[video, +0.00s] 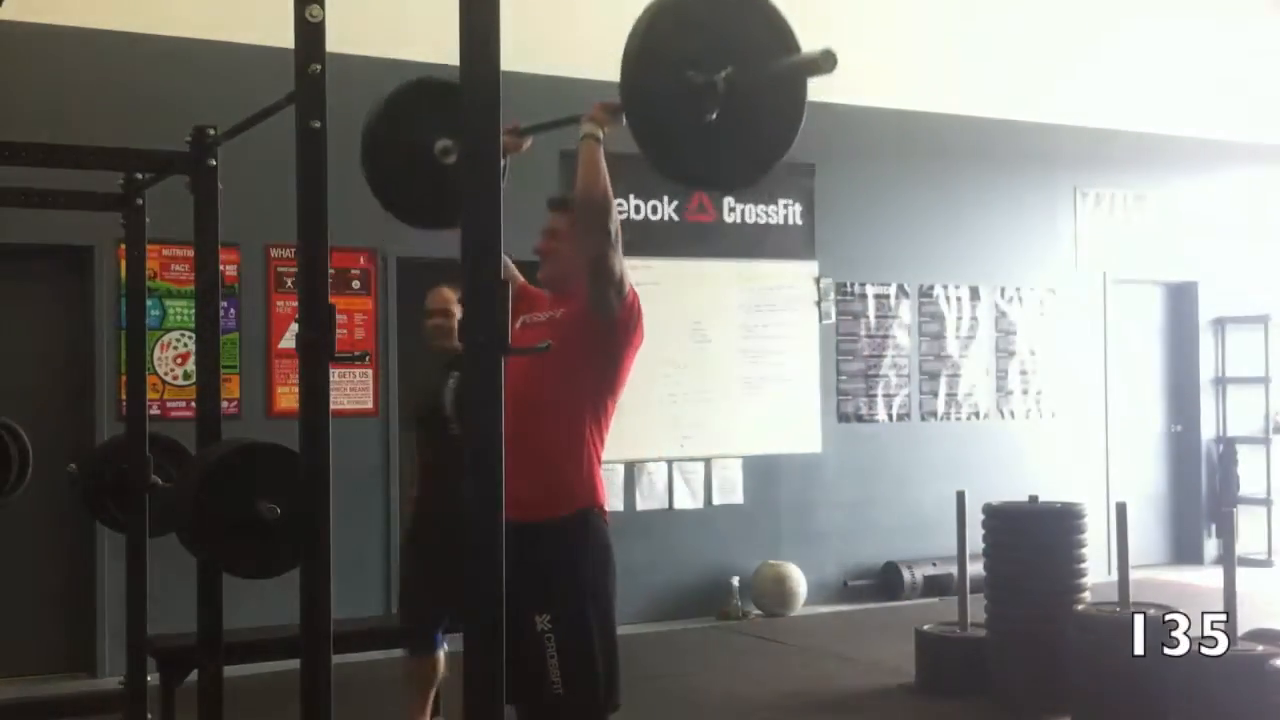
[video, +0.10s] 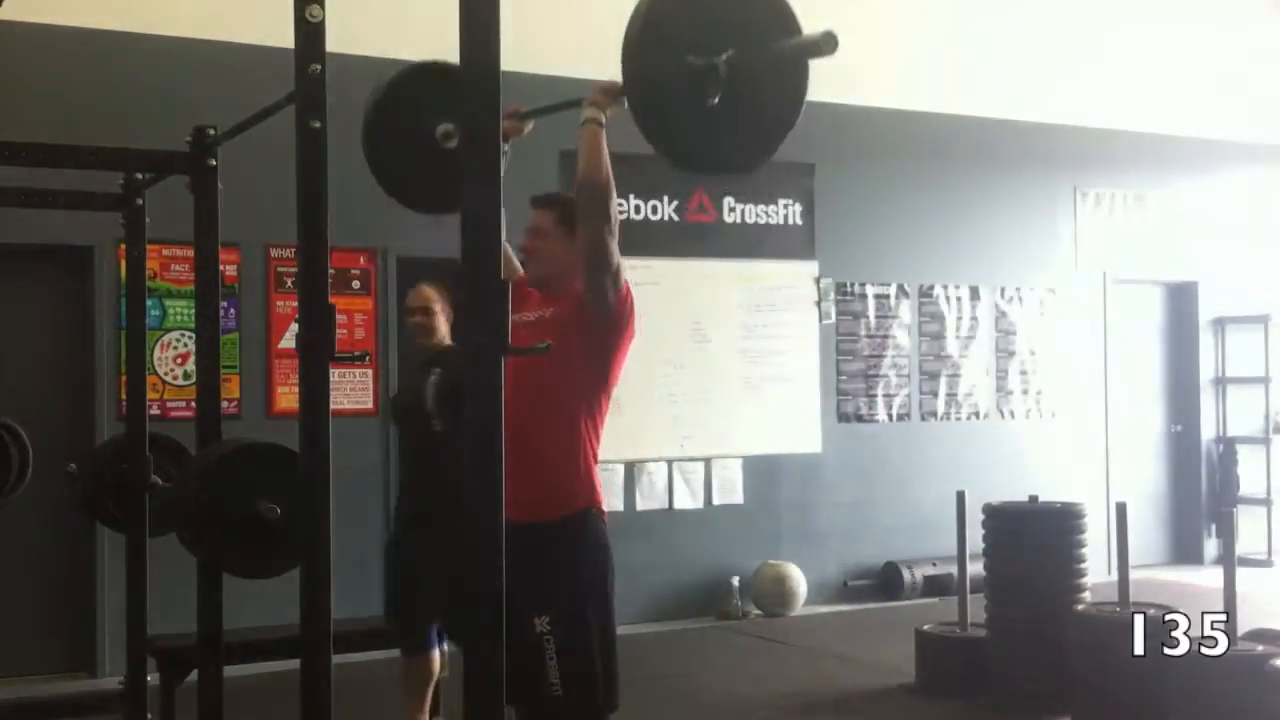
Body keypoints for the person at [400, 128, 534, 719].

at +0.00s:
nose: (440, 322)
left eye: (448, 313)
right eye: (433, 314)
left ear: (467, 319)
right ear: (422, 325)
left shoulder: (480, 368)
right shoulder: (422, 376)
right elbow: (421, 447)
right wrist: (416, 504)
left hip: (480, 509)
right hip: (431, 510)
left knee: (487, 626)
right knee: (421, 628)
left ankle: (484, 707)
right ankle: (423, 706)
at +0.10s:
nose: (418, 320)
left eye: (427, 311)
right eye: (411, 313)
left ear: (450, 315)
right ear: (404, 321)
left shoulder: (466, 368)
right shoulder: (412, 373)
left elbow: (473, 441)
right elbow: (413, 448)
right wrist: (407, 512)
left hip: (458, 512)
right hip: (416, 513)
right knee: (416, 624)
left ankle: (419, 710)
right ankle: (422, 711)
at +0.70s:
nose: (355, 326)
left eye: (363, 316)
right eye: (350, 318)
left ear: (391, 315)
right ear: (348, 322)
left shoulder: (419, 370)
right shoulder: (373, 377)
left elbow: (447, 439)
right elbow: (369, 450)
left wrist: (406, 482)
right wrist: (349, 503)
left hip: (409, 517)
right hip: (373, 517)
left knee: (400, 637)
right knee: (381, 636)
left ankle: (404, 715)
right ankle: (409, 712)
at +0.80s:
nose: (347, 327)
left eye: (354, 317)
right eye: (342, 318)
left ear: (384, 313)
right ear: (342, 319)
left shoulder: (412, 369)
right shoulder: (376, 371)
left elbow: (430, 443)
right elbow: (373, 444)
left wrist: (376, 474)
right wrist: (345, 484)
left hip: (403, 519)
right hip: (371, 518)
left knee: (401, 639)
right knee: (362, 635)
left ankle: (403, 717)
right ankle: (406, 712)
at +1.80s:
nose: (324, 322)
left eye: (330, 310)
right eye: (322, 312)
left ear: (355, 309)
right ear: (340, 313)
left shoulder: (384, 361)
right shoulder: (349, 370)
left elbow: (396, 429)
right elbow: (344, 432)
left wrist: (331, 451)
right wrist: (321, 454)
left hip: (385, 515)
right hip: (355, 512)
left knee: (389, 645)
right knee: (363, 644)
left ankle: (393, 718)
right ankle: (369, 716)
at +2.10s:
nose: (321, 324)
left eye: (327, 312)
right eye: (319, 314)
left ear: (352, 310)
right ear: (338, 313)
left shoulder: (382, 362)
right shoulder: (341, 369)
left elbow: (395, 427)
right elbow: (335, 428)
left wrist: (327, 449)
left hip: (384, 517)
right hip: (351, 515)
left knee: (387, 645)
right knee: (360, 644)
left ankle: (393, 718)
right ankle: (368, 715)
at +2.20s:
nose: (319, 327)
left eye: (324, 315)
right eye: (315, 318)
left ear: (347, 310)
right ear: (326, 317)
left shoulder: (381, 365)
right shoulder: (338, 371)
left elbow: (394, 430)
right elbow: (329, 427)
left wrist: (325, 451)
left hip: (382, 516)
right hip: (349, 515)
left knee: (386, 644)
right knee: (360, 644)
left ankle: (393, 718)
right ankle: (369, 715)